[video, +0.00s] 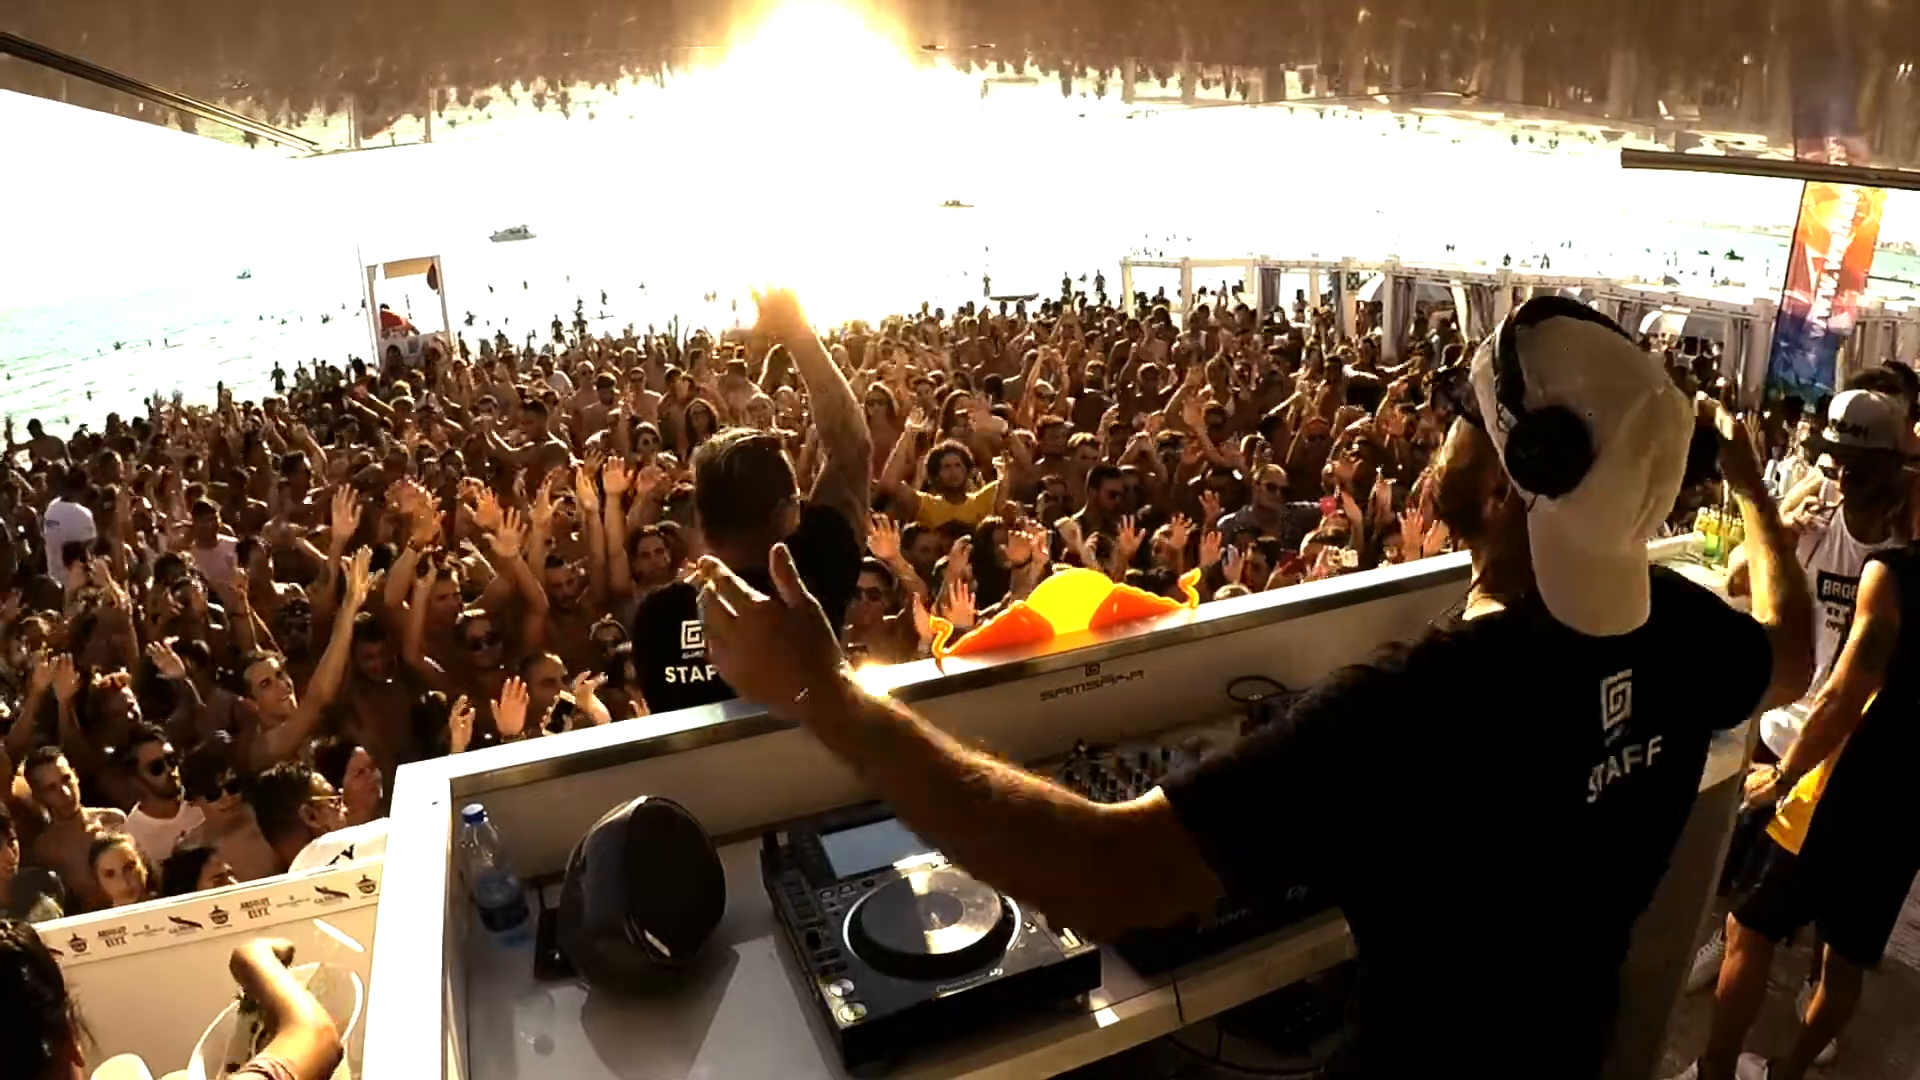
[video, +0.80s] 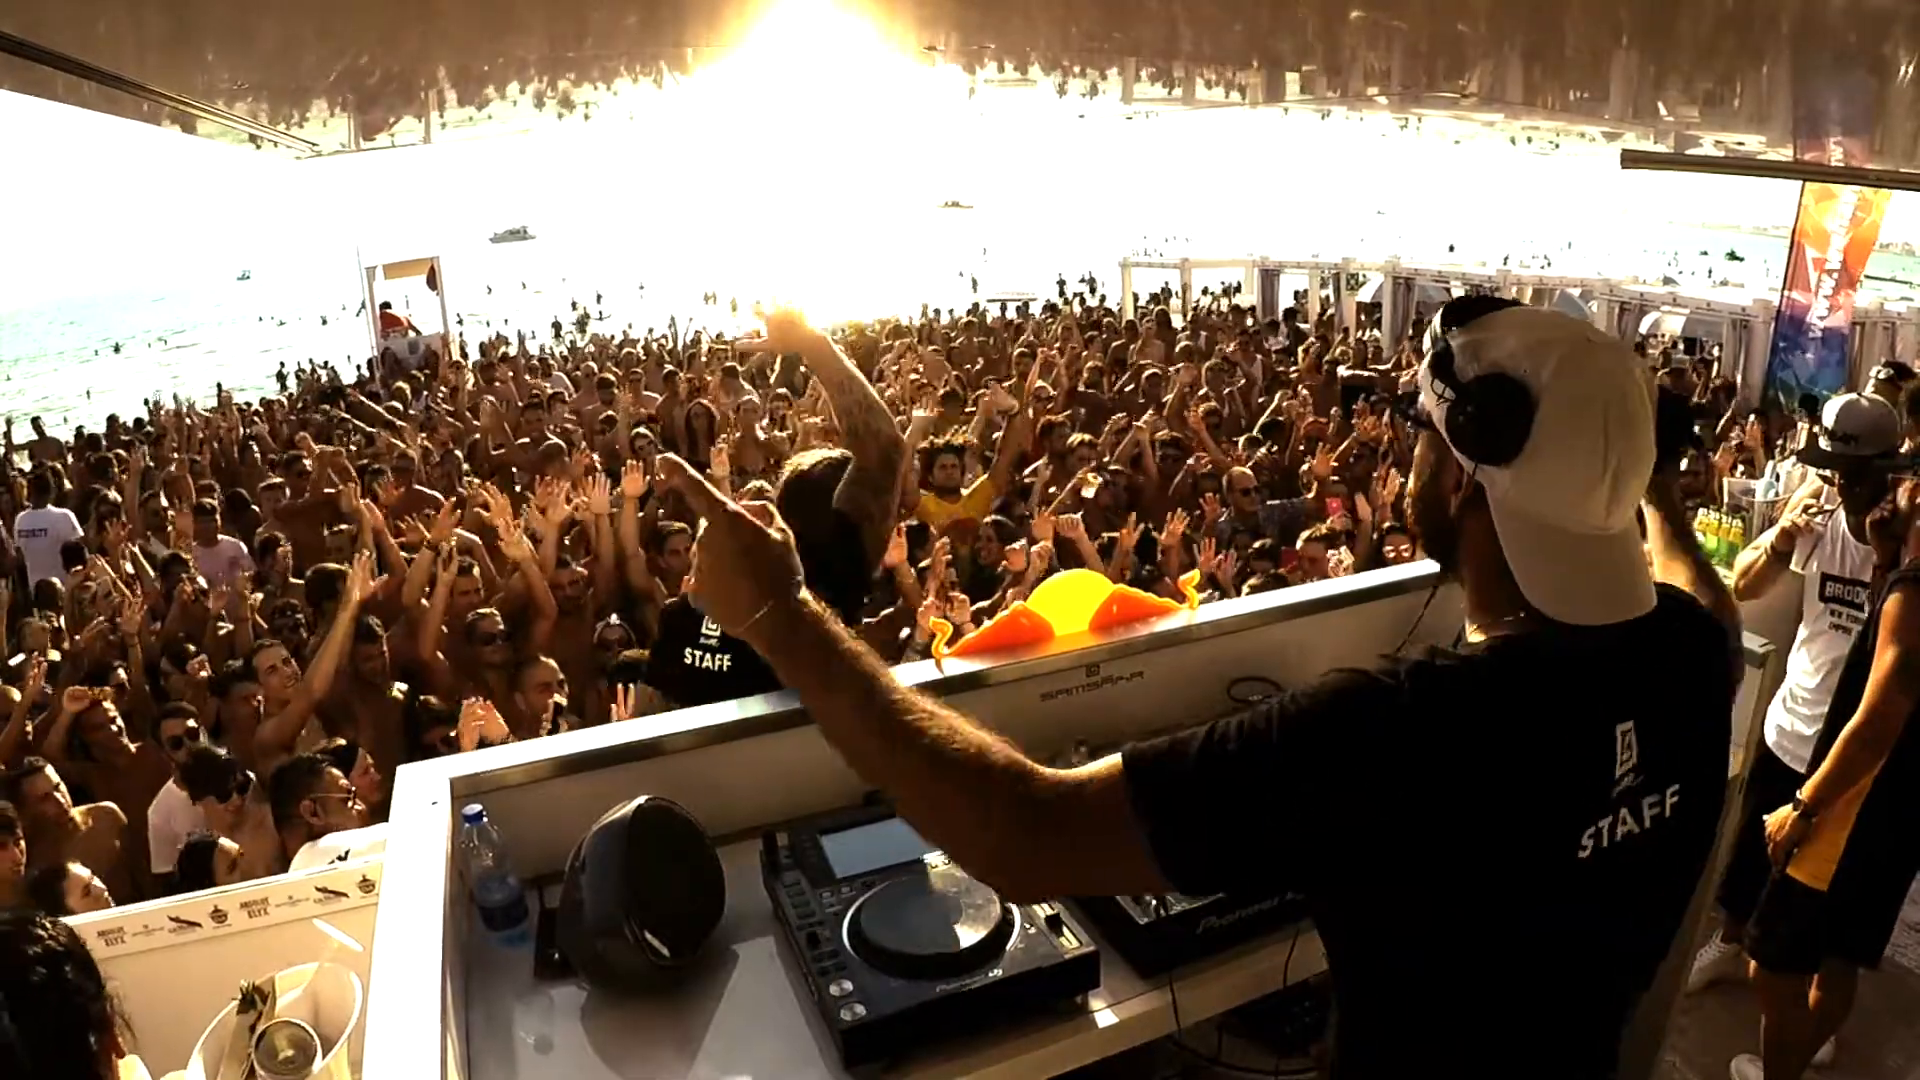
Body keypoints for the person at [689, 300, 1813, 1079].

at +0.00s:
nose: (1438, 453)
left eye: (1460, 432)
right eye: (1457, 428)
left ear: (1498, 486)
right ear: (1644, 490)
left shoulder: (1410, 712)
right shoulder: (1695, 640)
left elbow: (1116, 875)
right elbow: (1782, 659)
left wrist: (827, 696)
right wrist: (1750, 494)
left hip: (1411, 1076)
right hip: (1601, 1051)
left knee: (1115, 1050)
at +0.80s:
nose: (1410, 461)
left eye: (1424, 436)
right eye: (1419, 432)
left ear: (1469, 486)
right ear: (1620, 478)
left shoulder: (1390, 741)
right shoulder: (1698, 664)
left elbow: (1032, 838)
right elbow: (1636, 577)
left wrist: (782, 619)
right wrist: (1617, 450)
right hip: (1595, 1066)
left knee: (1121, 1054)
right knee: (1206, 1031)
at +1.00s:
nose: (1370, 488)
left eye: (1385, 458)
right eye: (1380, 451)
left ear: (1418, 495)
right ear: (1568, 488)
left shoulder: (1373, 746)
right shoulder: (1664, 669)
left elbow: (1073, 995)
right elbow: (1796, 764)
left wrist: (686, 909)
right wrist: (1885, 592)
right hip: (1563, 1063)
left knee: (899, 942)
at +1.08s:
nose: (1385, 474)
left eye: (1401, 437)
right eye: (1411, 434)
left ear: (1428, 478)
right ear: (1597, 470)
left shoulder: (1368, 743)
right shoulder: (1673, 650)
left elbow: (1052, 909)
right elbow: (1748, 691)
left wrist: (702, 767)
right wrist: (1772, 522)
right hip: (1596, 1057)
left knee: (973, 1070)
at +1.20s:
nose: (1424, 490)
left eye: (1433, 460)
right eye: (1432, 456)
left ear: (1465, 500)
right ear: (1620, 488)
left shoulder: (1408, 731)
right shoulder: (1688, 657)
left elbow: (1053, 790)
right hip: (1604, 1061)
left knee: (1097, 1059)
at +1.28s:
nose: (1411, 501)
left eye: (1418, 471)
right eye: (1415, 470)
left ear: (1453, 507)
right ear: (1615, 484)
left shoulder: (1391, 737)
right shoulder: (1689, 656)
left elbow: (1049, 838)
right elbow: (1641, 557)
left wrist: (801, 643)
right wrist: (1589, 437)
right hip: (1609, 1058)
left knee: (1136, 1046)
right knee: (1205, 1024)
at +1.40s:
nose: (1378, 515)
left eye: (1389, 482)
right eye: (1381, 478)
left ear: (1433, 503)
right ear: (1564, 497)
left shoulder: (1395, 757)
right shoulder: (1661, 671)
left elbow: (1140, 1000)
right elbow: (1790, 752)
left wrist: (743, 964)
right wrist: (1838, 591)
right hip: (1571, 1054)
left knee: (862, 960)